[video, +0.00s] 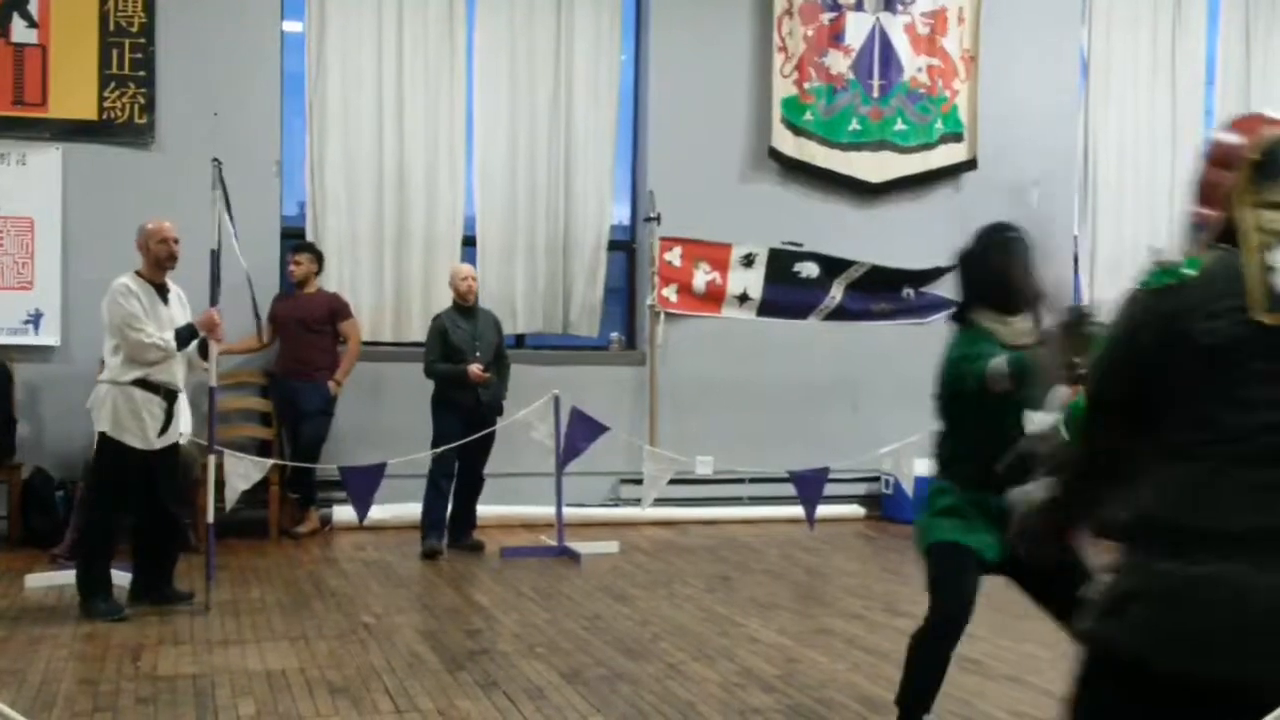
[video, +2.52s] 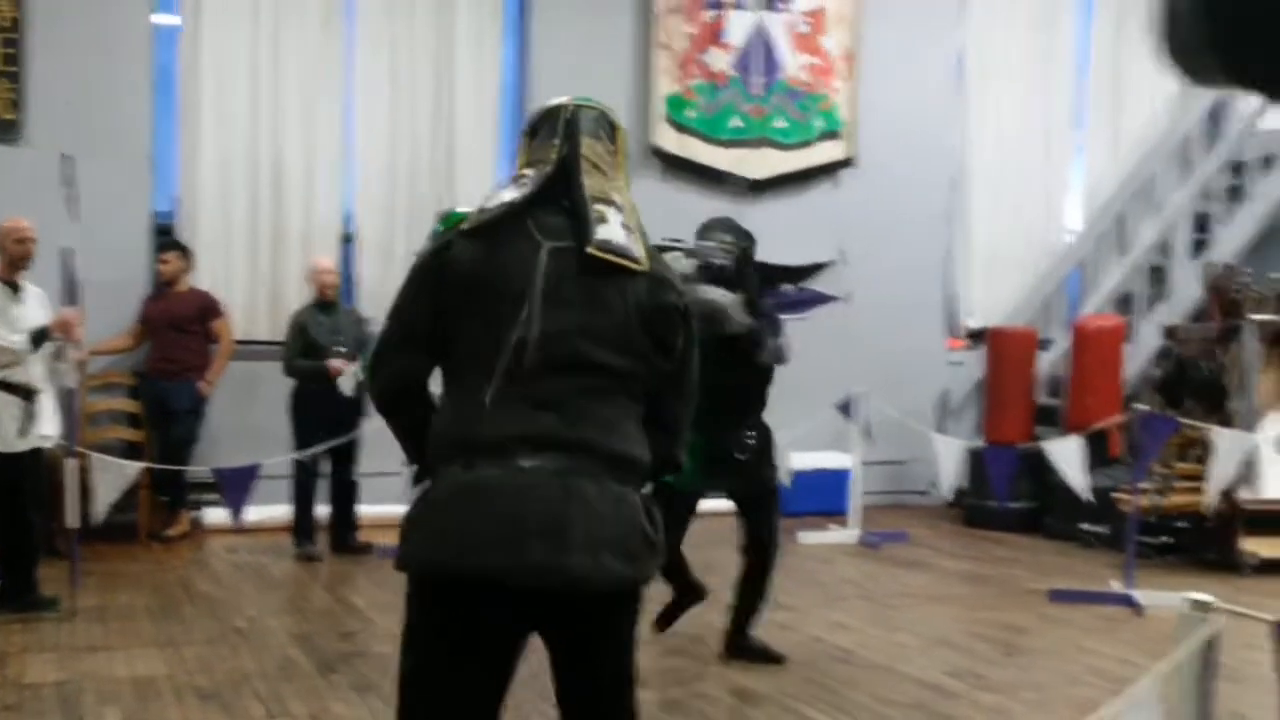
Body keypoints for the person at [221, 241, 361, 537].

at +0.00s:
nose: (292, 268)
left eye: (299, 263)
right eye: (291, 263)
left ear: (316, 267)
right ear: (289, 267)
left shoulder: (332, 302)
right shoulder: (281, 302)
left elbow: (354, 341)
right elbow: (263, 340)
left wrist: (338, 380)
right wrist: (224, 348)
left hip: (317, 385)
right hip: (285, 383)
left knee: (307, 449)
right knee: (293, 449)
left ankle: (308, 512)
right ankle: (305, 511)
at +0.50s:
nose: (289, 266)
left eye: (296, 262)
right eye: (288, 262)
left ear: (314, 266)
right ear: (288, 265)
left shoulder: (330, 301)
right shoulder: (280, 301)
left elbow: (352, 339)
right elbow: (260, 338)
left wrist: (336, 379)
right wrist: (222, 348)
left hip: (316, 384)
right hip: (282, 383)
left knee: (305, 448)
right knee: (292, 448)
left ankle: (304, 510)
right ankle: (305, 510)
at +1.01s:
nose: (273, 265)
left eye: (280, 260)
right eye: (272, 260)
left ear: (297, 264)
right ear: (270, 264)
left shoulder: (315, 299)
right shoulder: (263, 299)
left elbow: (336, 338)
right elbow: (245, 336)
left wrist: (320, 377)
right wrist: (205, 347)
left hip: (300, 382)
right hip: (267, 380)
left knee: (289, 445)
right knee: (275, 445)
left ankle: (289, 510)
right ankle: (288, 510)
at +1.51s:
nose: (274, 265)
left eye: (280, 260)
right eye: (272, 260)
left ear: (298, 264)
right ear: (272, 264)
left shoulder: (316, 298)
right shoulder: (264, 299)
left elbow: (337, 339)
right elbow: (246, 336)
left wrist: (321, 377)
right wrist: (204, 348)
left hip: (300, 382)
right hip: (267, 380)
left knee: (290, 445)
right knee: (277, 445)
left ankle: (289, 509)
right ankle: (292, 510)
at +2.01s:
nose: (245, 266)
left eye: (251, 261)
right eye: (243, 261)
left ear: (269, 263)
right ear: (242, 265)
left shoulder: (287, 299)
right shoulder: (236, 299)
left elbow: (310, 339)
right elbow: (217, 337)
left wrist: (293, 377)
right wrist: (176, 348)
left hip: (273, 382)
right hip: (239, 380)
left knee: (263, 446)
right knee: (248, 446)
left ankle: (265, 510)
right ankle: (263, 510)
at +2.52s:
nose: (161, 267)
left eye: (167, 262)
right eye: (159, 262)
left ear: (185, 265)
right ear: (158, 266)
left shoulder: (202, 301)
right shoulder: (154, 301)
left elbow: (226, 341)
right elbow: (133, 339)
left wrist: (209, 381)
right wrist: (91, 351)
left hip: (187, 384)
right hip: (155, 383)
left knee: (177, 448)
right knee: (159, 450)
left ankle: (179, 514)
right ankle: (165, 512)